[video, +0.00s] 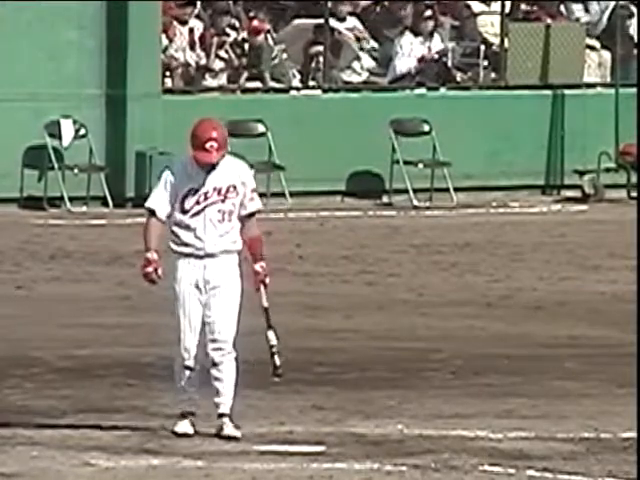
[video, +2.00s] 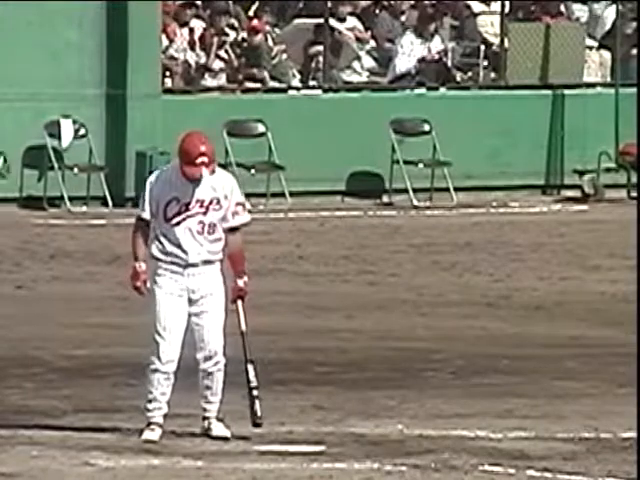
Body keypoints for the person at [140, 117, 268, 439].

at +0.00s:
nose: (206, 161)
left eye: (212, 156)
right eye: (202, 155)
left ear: (223, 149)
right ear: (192, 148)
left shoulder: (239, 171)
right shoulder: (177, 172)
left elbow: (249, 220)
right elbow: (156, 215)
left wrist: (258, 260)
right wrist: (152, 252)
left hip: (225, 263)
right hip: (187, 264)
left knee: (221, 341)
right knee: (189, 343)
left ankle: (224, 415)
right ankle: (186, 413)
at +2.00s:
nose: (201, 171)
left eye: (205, 165)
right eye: (195, 166)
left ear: (211, 159)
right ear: (180, 162)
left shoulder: (224, 183)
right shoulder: (158, 182)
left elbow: (233, 234)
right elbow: (142, 226)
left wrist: (240, 276)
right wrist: (139, 262)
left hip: (209, 275)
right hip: (168, 275)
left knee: (212, 350)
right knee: (166, 351)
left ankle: (211, 417)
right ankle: (154, 420)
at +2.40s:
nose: (190, 168)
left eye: (192, 162)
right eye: (183, 164)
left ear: (196, 155)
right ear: (166, 159)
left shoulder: (211, 179)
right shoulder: (147, 185)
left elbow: (225, 227)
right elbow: (130, 228)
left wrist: (234, 271)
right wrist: (124, 269)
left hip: (207, 274)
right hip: (167, 277)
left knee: (224, 345)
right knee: (162, 353)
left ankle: (239, 412)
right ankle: (154, 421)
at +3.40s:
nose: (238, 158)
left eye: (240, 152)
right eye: (232, 152)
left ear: (239, 153)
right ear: (214, 154)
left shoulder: (247, 184)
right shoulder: (193, 186)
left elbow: (265, 230)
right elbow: (180, 238)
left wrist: (282, 248)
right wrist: (208, 271)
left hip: (232, 279)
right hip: (192, 280)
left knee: (249, 350)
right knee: (175, 355)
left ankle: (268, 420)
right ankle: (154, 421)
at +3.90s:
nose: (218, 152)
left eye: (219, 146)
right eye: (211, 147)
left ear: (218, 149)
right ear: (193, 151)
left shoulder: (229, 184)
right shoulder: (167, 185)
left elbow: (232, 236)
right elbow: (147, 228)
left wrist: (221, 273)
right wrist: (161, 268)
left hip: (218, 277)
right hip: (178, 279)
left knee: (239, 350)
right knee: (167, 357)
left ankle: (267, 419)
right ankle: (154, 421)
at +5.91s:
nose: (221, 152)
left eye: (221, 147)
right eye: (213, 148)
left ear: (223, 149)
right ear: (196, 154)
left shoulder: (237, 183)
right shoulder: (179, 190)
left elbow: (233, 233)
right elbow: (182, 240)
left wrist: (215, 272)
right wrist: (196, 279)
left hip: (224, 273)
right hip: (186, 275)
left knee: (243, 349)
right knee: (172, 354)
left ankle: (267, 420)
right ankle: (154, 421)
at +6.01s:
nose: (220, 151)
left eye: (220, 146)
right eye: (213, 147)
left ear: (219, 149)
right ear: (194, 152)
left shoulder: (233, 184)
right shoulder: (172, 187)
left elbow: (225, 234)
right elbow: (165, 236)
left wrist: (200, 272)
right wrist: (175, 275)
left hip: (221, 276)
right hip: (184, 278)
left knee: (241, 350)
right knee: (169, 357)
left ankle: (267, 420)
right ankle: (154, 421)